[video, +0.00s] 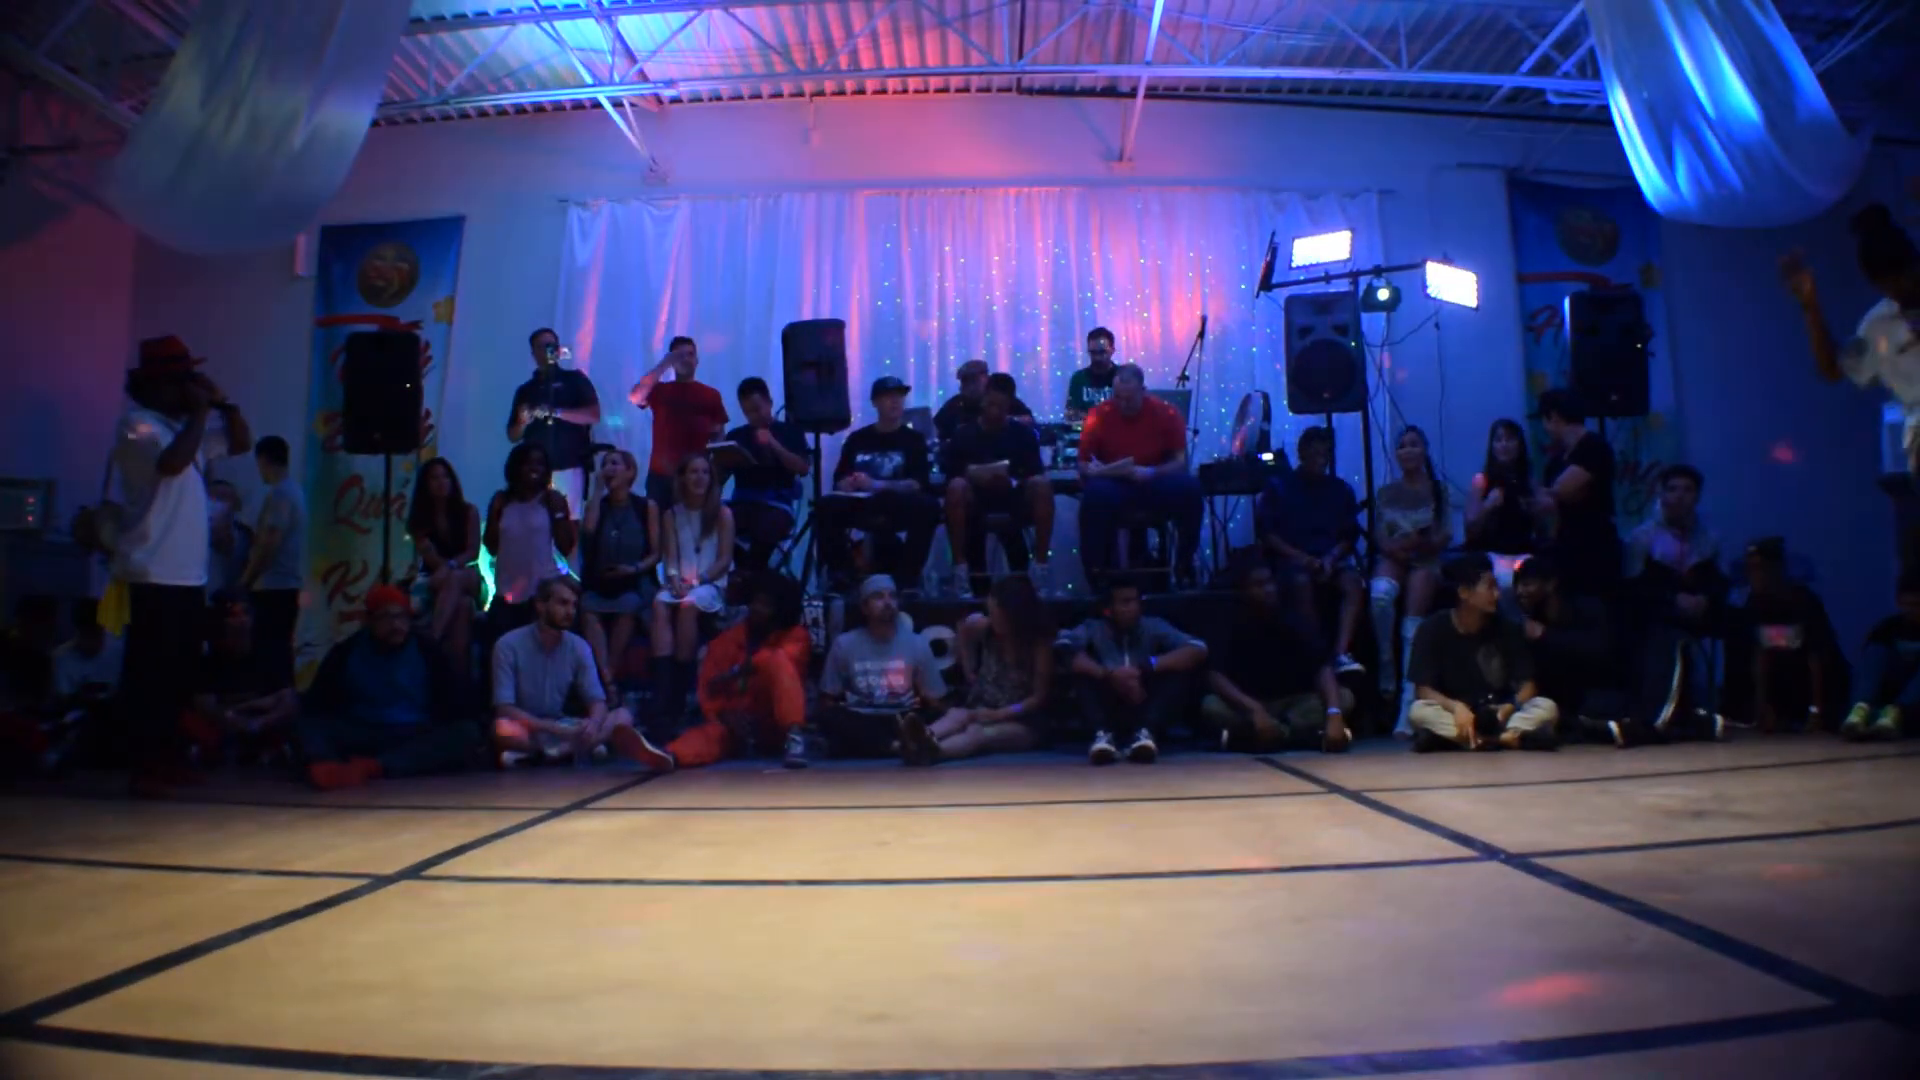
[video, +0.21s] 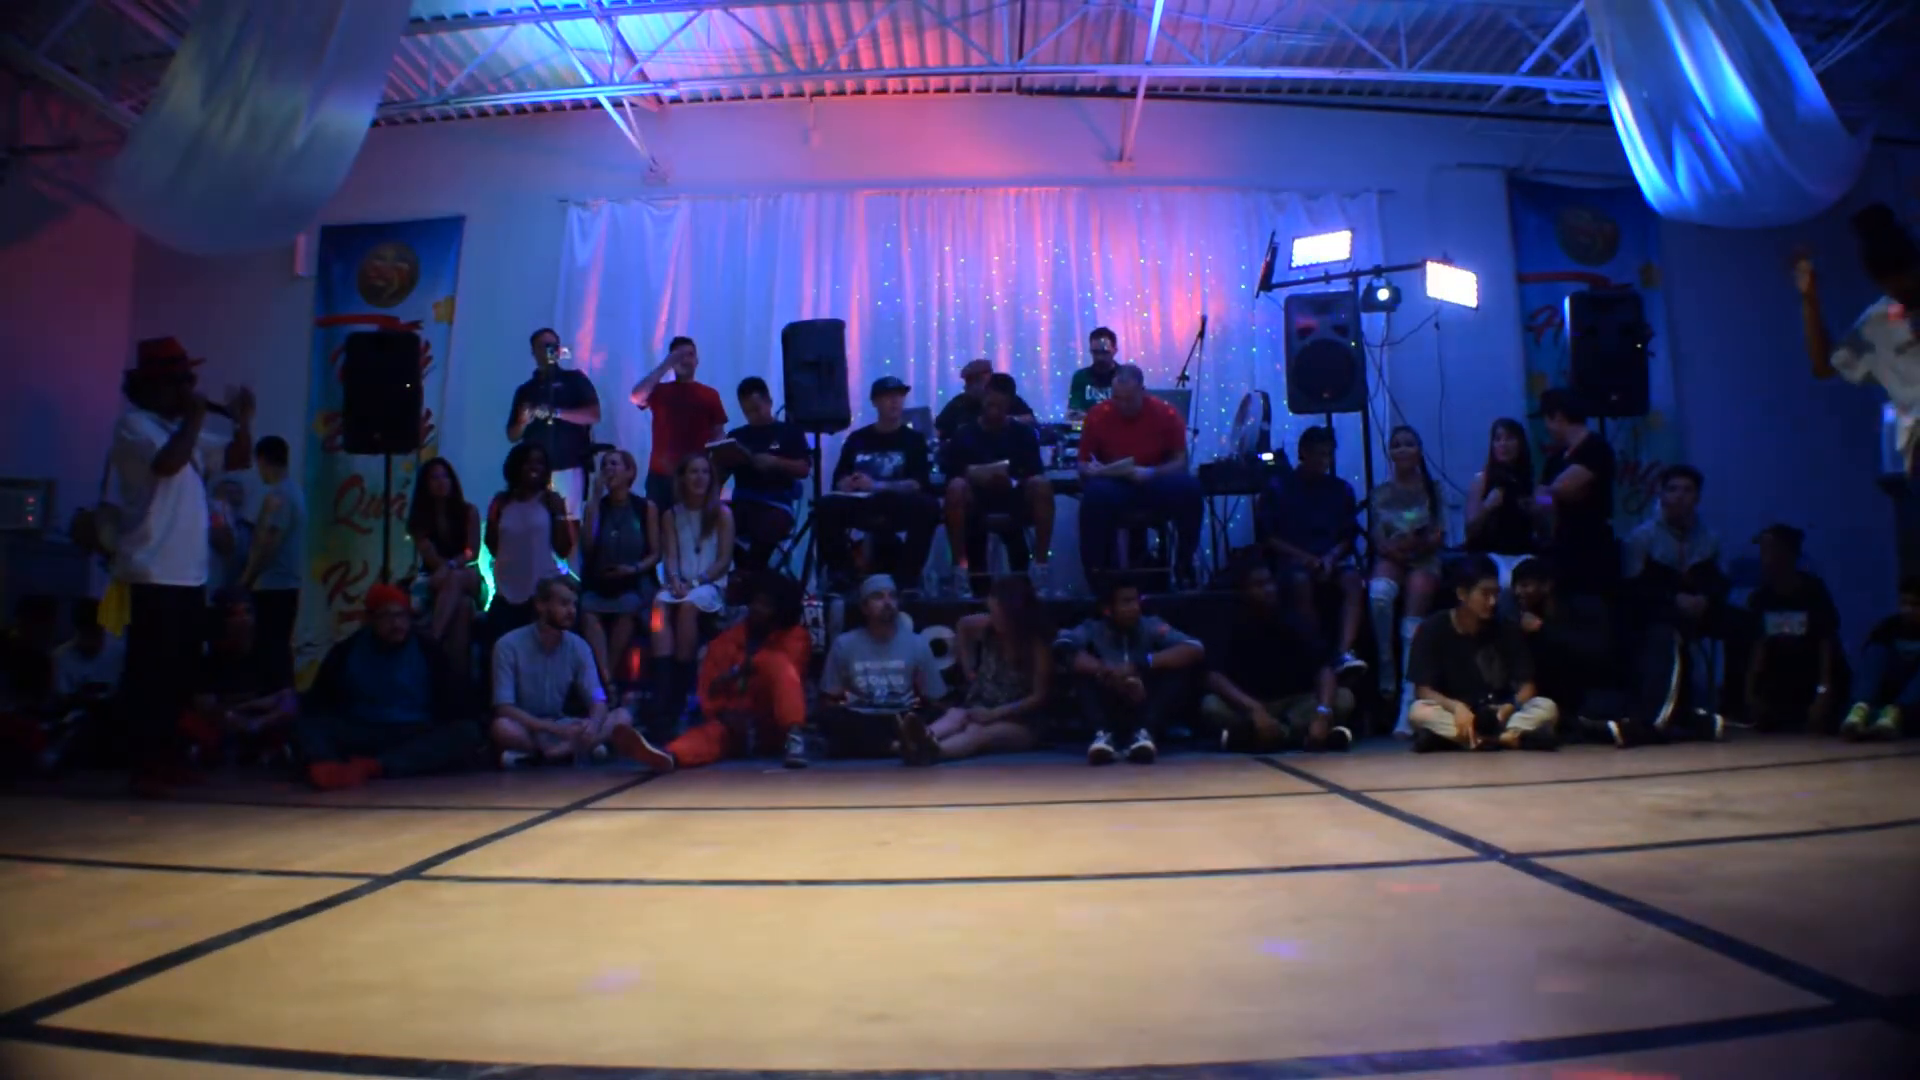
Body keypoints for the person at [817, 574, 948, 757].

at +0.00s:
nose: (887, 603)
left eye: (891, 596)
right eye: (879, 597)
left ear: (898, 602)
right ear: (865, 606)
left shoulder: (915, 644)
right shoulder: (845, 645)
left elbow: (935, 701)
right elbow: (829, 699)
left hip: (905, 715)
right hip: (861, 716)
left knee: (962, 714)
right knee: (832, 718)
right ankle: (894, 746)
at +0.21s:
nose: (887, 603)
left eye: (891, 596)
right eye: (878, 597)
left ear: (898, 602)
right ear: (865, 606)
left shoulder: (916, 644)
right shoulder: (844, 645)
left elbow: (935, 700)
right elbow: (830, 699)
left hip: (904, 715)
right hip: (860, 716)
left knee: (960, 714)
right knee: (833, 719)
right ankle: (894, 746)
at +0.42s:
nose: (885, 604)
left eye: (890, 597)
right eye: (877, 598)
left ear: (897, 603)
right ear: (864, 605)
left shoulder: (916, 645)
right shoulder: (844, 645)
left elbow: (936, 701)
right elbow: (828, 699)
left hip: (904, 717)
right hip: (859, 718)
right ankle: (895, 746)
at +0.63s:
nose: (879, 606)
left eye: (886, 599)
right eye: (871, 600)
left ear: (896, 603)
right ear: (863, 606)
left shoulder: (916, 645)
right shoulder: (844, 645)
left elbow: (936, 700)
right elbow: (828, 700)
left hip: (904, 716)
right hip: (859, 718)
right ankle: (894, 746)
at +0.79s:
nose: (871, 606)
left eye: (878, 600)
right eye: (866, 600)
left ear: (894, 605)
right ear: (861, 605)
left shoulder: (916, 645)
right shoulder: (844, 644)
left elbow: (934, 701)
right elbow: (829, 699)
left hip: (902, 715)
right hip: (858, 717)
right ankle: (894, 746)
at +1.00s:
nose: (863, 606)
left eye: (870, 599)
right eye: (862, 599)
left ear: (891, 605)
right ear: (858, 602)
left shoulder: (916, 645)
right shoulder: (845, 644)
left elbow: (934, 699)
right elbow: (830, 692)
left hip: (903, 715)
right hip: (859, 716)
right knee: (828, 717)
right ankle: (893, 746)